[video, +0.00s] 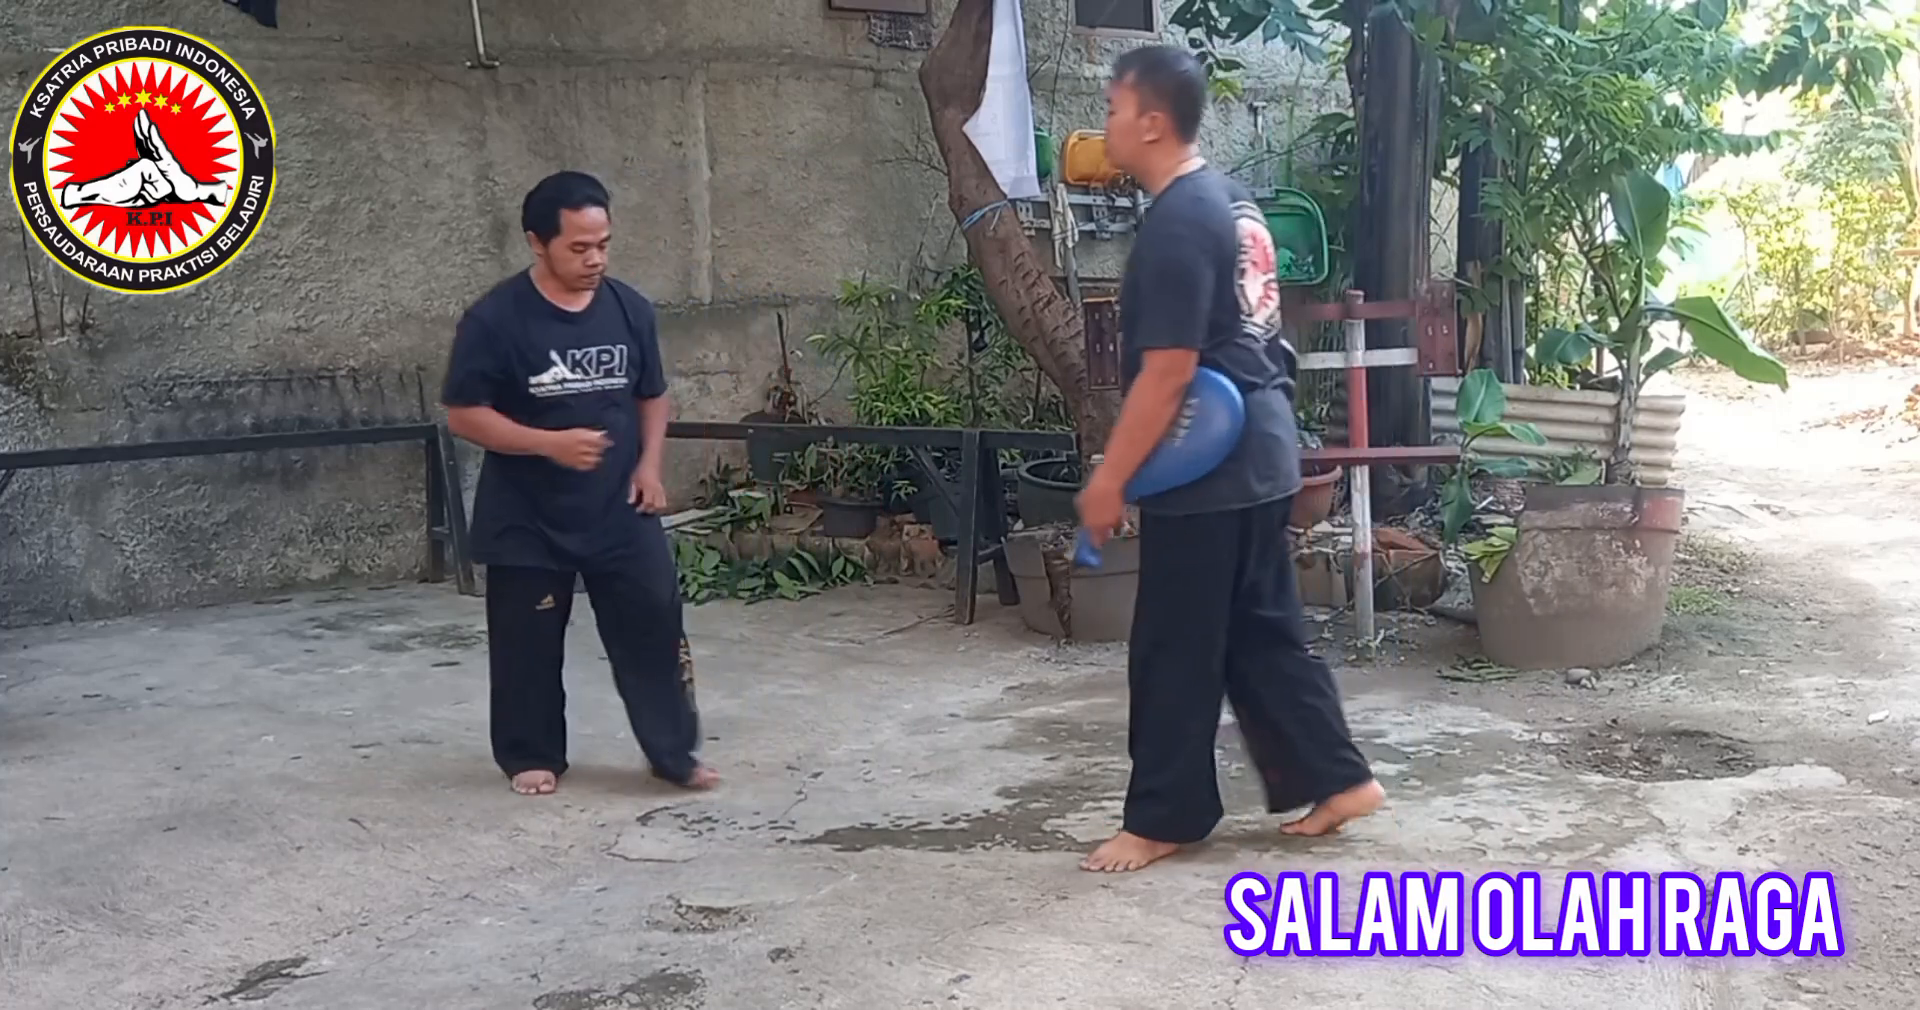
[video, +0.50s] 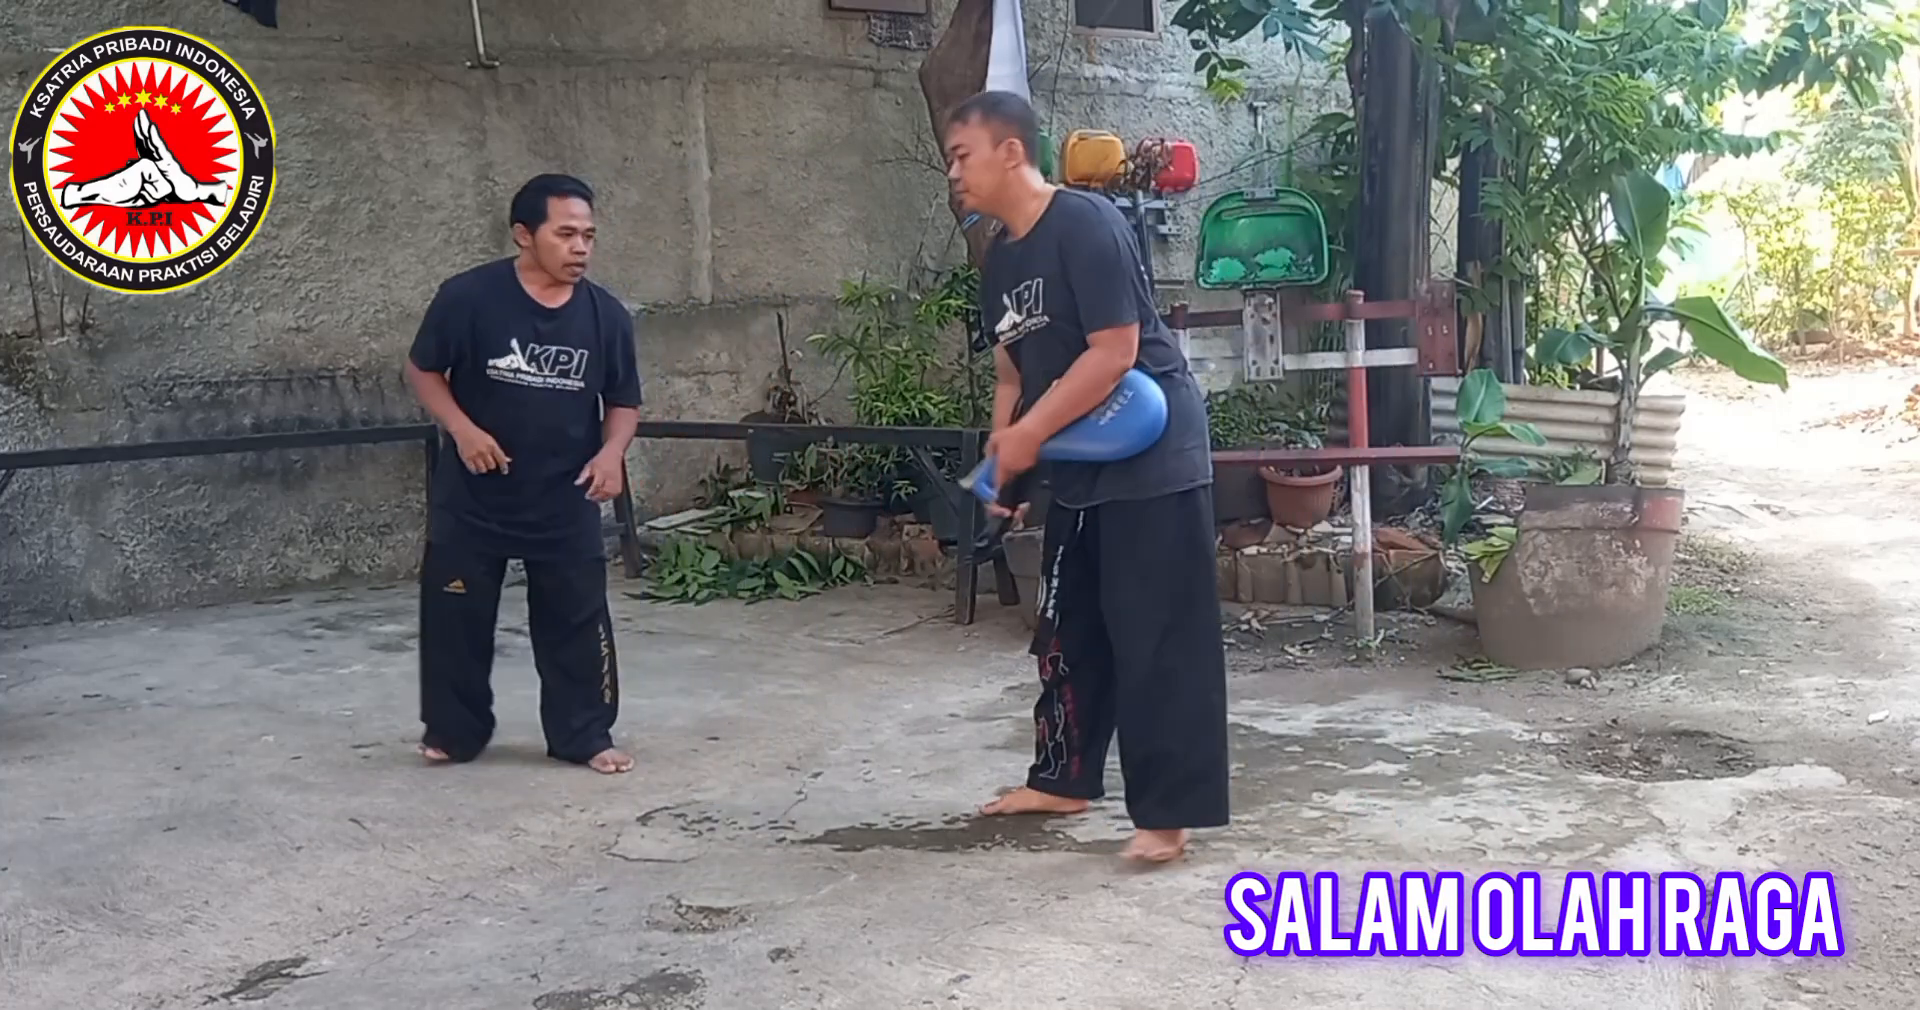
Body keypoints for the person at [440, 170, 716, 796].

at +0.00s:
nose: (596, 259)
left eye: (603, 244)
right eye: (581, 247)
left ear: (610, 238)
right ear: (539, 243)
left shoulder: (631, 309)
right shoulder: (493, 320)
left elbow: (654, 395)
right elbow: (463, 414)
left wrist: (650, 463)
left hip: (618, 509)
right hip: (529, 517)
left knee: (654, 622)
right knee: (527, 644)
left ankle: (674, 754)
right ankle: (532, 759)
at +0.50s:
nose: (582, 245)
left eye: (588, 234)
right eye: (568, 233)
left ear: (593, 236)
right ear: (525, 235)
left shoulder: (607, 315)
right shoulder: (466, 297)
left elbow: (624, 400)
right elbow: (422, 369)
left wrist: (614, 451)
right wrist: (461, 427)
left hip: (565, 499)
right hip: (472, 498)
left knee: (577, 621)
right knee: (456, 616)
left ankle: (584, 736)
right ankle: (454, 730)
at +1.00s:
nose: (583, 254)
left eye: (586, 244)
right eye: (567, 243)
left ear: (592, 252)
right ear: (525, 256)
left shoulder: (617, 332)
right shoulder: (477, 334)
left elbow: (664, 409)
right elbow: (449, 421)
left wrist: (667, 453)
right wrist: (514, 441)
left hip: (607, 517)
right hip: (511, 520)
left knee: (652, 619)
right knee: (473, 622)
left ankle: (665, 751)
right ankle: (456, 726)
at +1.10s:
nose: (613, 257)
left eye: (615, 246)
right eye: (597, 246)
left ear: (617, 252)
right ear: (553, 257)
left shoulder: (638, 336)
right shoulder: (505, 333)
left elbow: (682, 405)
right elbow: (485, 423)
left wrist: (705, 438)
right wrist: (571, 419)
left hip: (619, 516)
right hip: (523, 518)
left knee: (663, 625)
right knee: (484, 623)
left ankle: (669, 751)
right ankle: (464, 725)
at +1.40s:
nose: (581, 258)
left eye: (585, 245)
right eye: (565, 246)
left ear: (590, 251)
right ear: (522, 255)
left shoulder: (609, 328)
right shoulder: (478, 330)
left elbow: (662, 403)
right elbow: (490, 409)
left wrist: (702, 453)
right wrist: (549, 339)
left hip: (597, 512)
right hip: (505, 514)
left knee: (642, 621)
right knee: (482, 629)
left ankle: (666, 753)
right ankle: (484, 736)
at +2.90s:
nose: (587, 260)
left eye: (589, 252)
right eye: (570, 251)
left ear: (598, 265)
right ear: (530, 270)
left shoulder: (637, 339)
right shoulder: (515, 351)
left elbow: (704, 390)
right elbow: (555, 405)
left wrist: (752, 398)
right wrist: (596, 323)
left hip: (646, 524)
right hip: (552, 531)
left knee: (710, 614)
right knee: (500, 637)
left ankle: (707, 761)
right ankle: (487, 743)